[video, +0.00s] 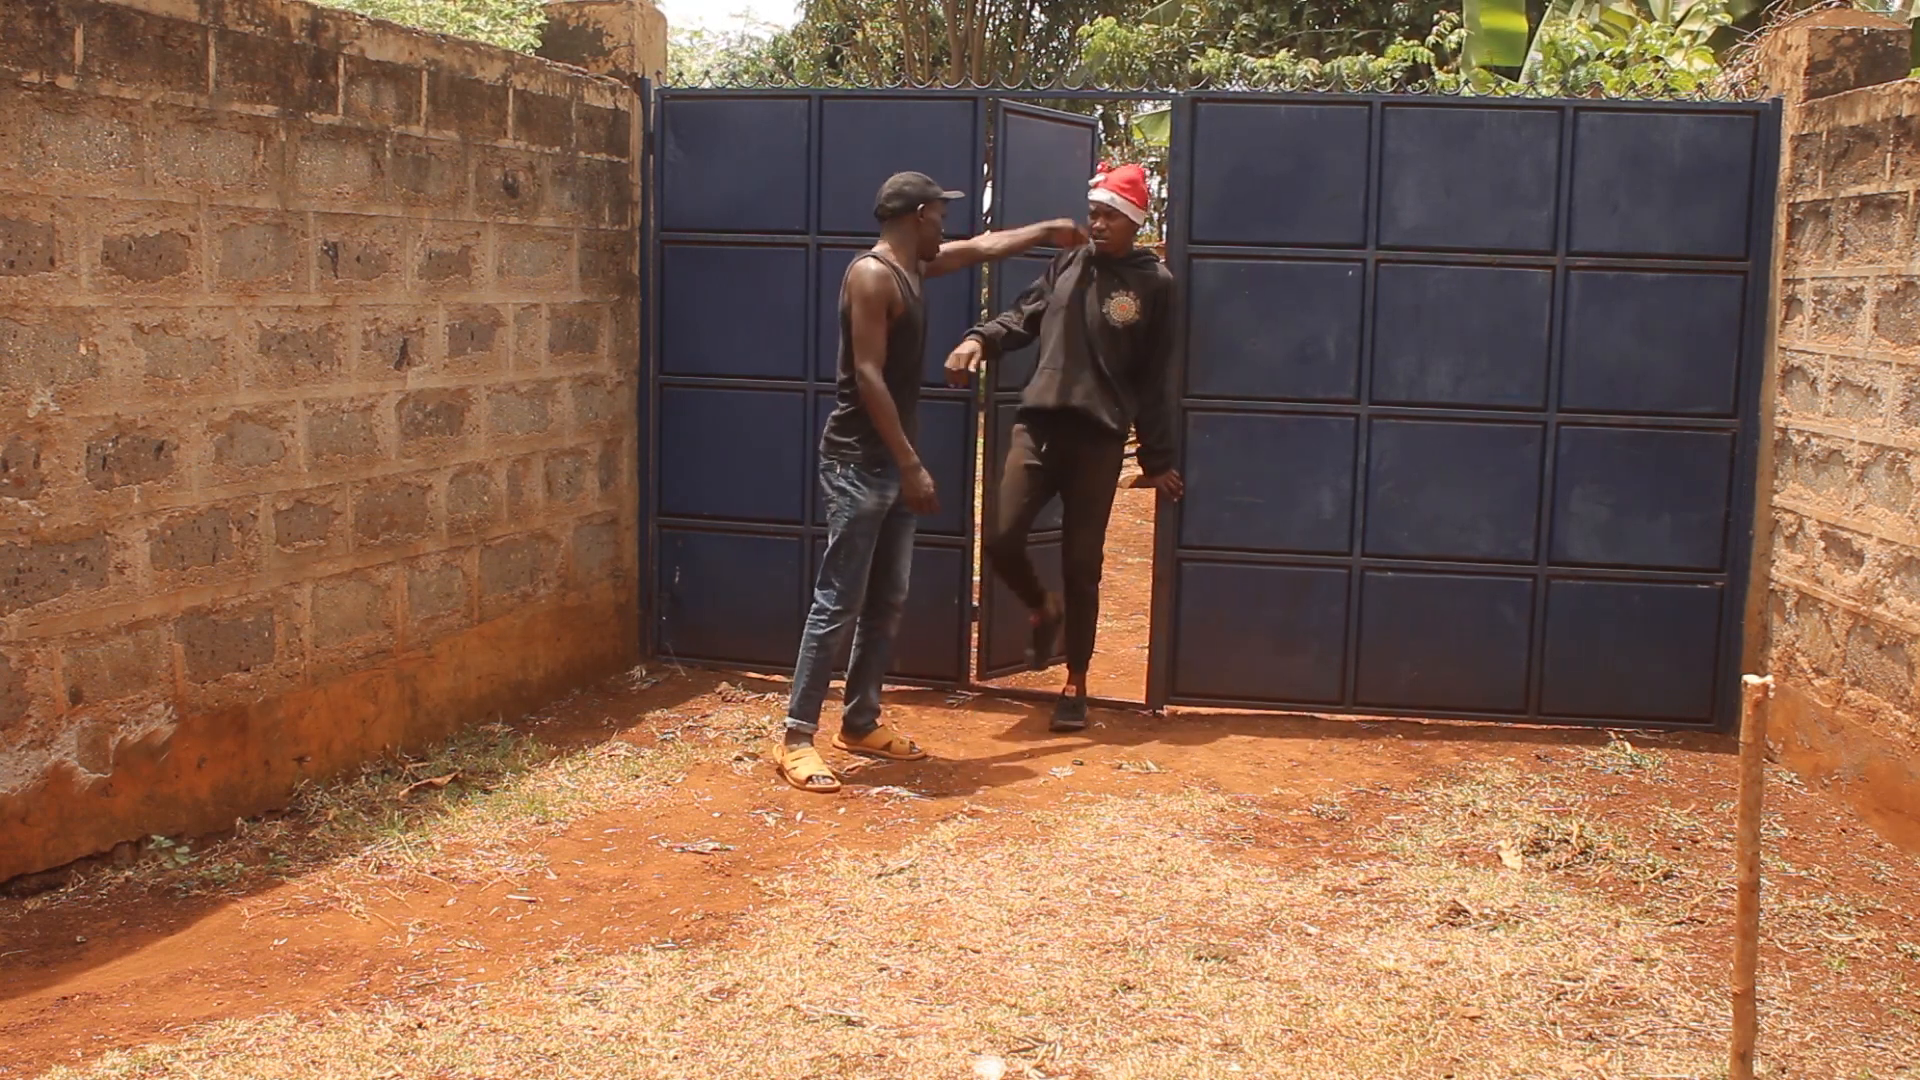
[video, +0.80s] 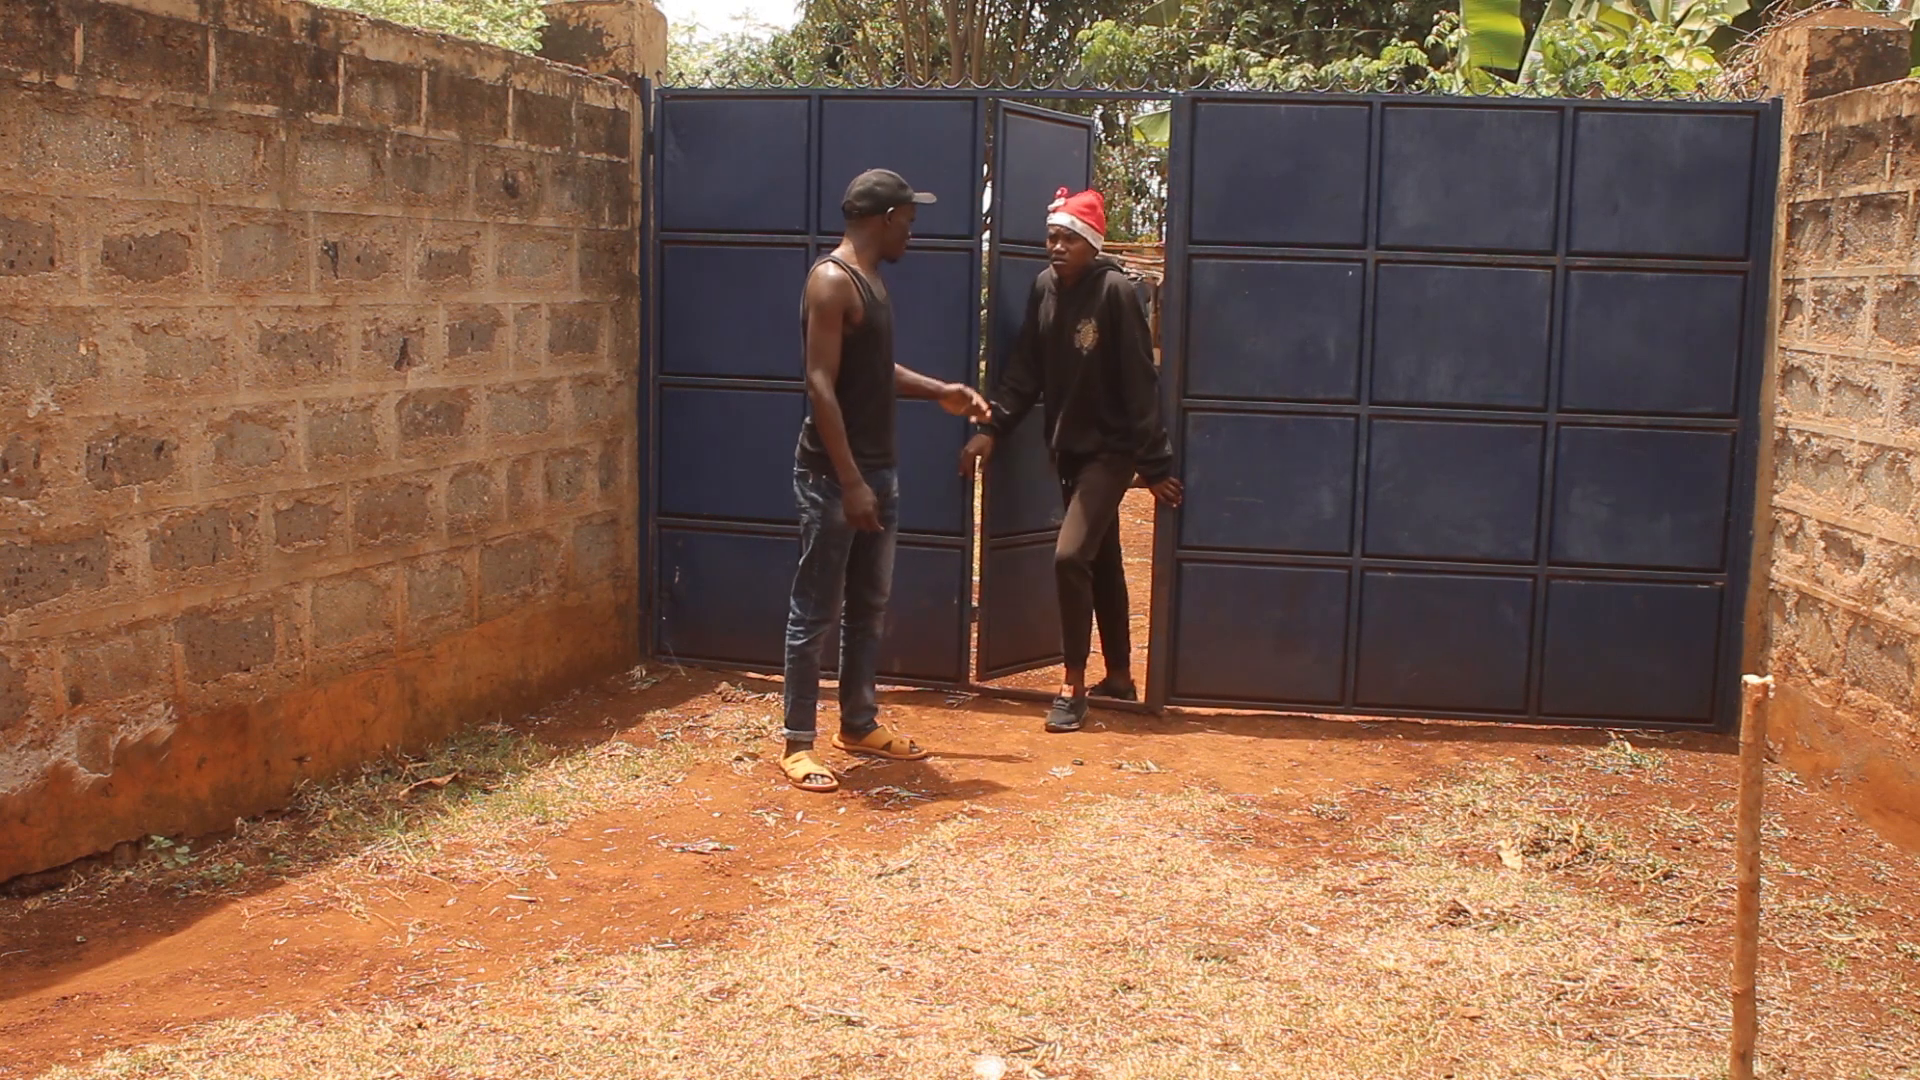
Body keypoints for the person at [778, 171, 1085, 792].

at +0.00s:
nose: (945, 225)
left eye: (944, 216)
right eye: (941, 214)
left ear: (913, 217)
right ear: (920, 216)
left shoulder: (914, 265)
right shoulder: (872, 275)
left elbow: (984, 246)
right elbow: (868, 376)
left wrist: (1049, 230)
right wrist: (910, 465)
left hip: (897, 459)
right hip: (857, 459)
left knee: (887, 600)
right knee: (836, 602)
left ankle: (862, 726)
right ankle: (797, 739)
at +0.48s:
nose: (916, 233)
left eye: (918, 225)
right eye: (915, 223)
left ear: (881, 219)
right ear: (893, 219)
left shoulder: (875, 275)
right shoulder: (841, 280)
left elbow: (912, 293)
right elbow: (831, 386)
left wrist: (974, 238)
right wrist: (859, 480)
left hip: (887, 465)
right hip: (845, 468)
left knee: (874, 605)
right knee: (830, 609)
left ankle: (860, 725)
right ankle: (800, 743)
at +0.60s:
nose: (914, 235)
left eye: (914, 224)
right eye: (911, 223)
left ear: (880, 219)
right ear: (887, 219)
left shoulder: (871, 277)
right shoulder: (835, 282)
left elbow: (892, 326)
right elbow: (825, 388)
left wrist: (965, 302)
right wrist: (854, 480)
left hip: (881, 468)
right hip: (837, 470)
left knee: (872, 604)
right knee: (823, 610)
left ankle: (859, 725)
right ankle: (799, 743)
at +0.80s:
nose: (912, 231)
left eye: (912, 220)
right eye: (908, 220)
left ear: (877, 219)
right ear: (881, 219)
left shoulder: (870, 278)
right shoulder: (832, 281)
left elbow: (874, 370)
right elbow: (819, 385)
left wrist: (941, 390)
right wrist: (850, 480)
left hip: (876, 468)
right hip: (831, 470)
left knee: (867, 605)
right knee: (813, 609)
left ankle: (861, 727)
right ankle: (799, 745)